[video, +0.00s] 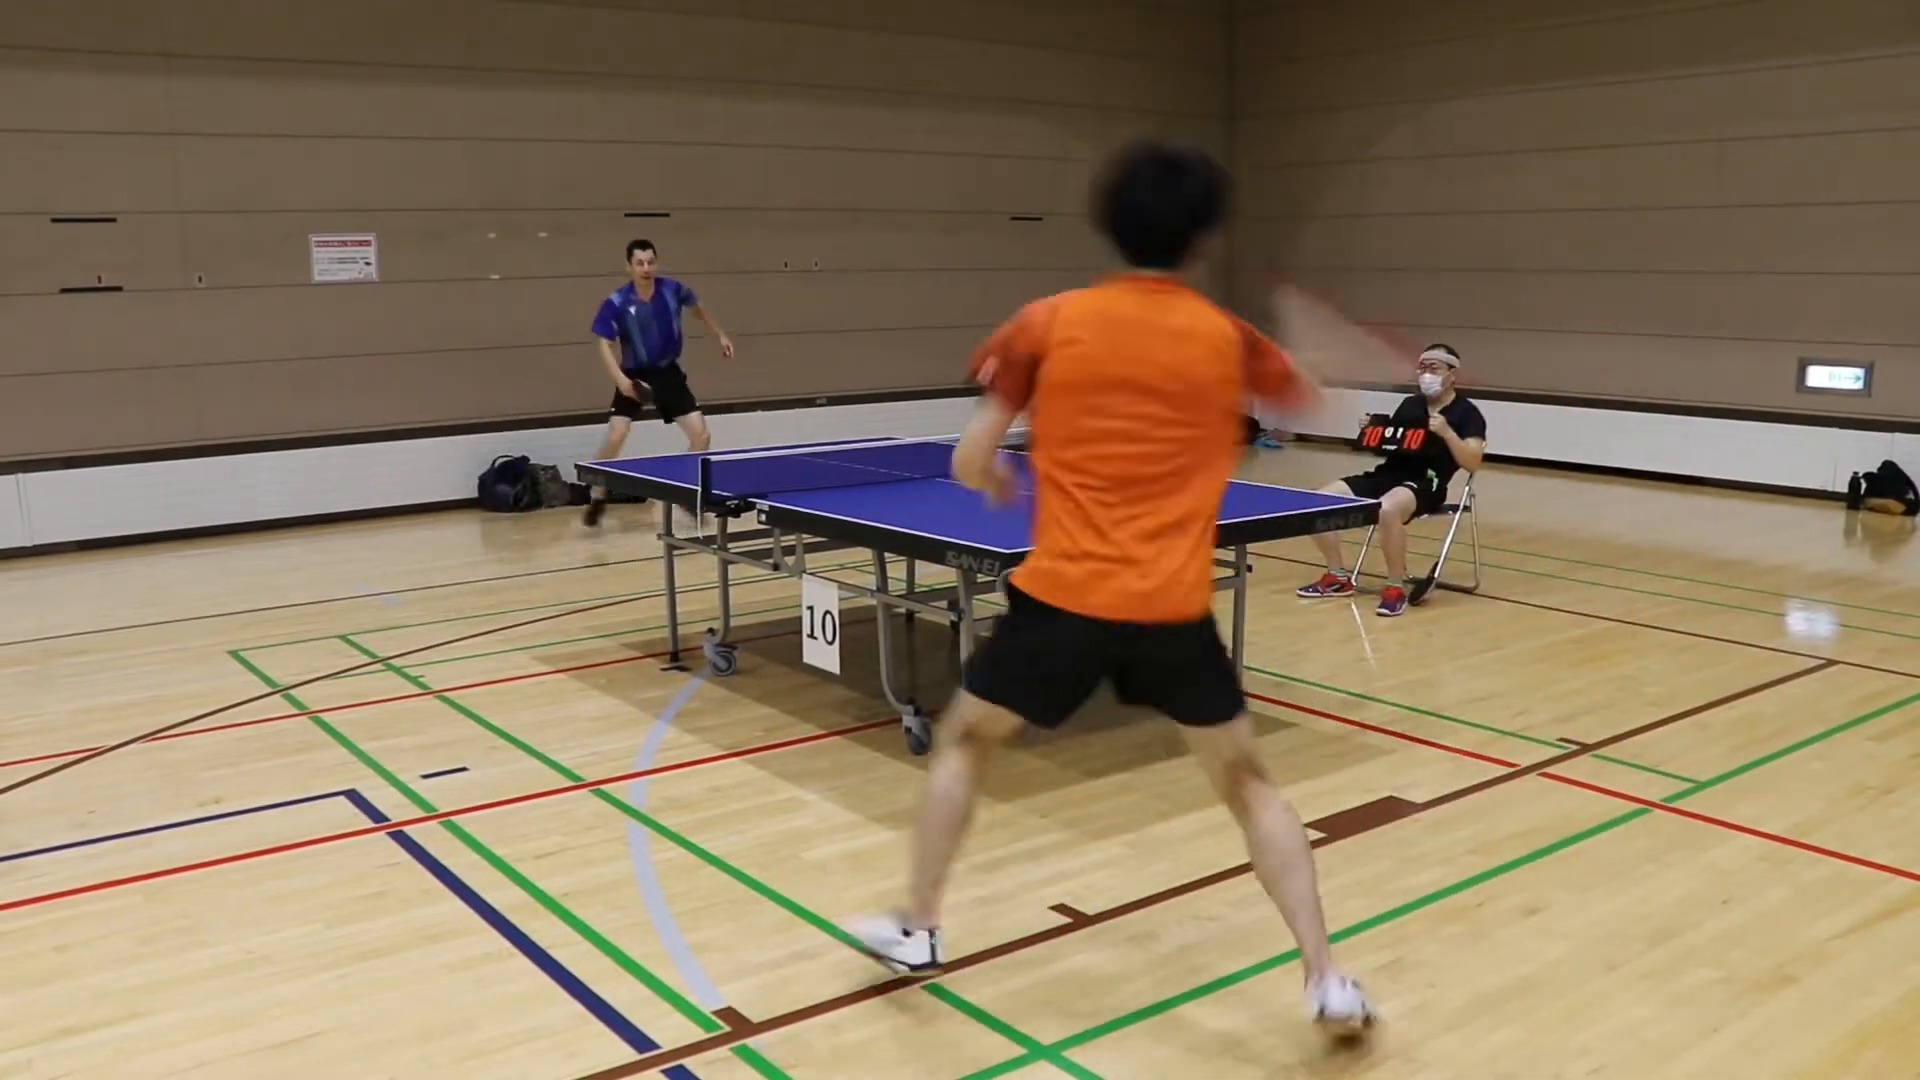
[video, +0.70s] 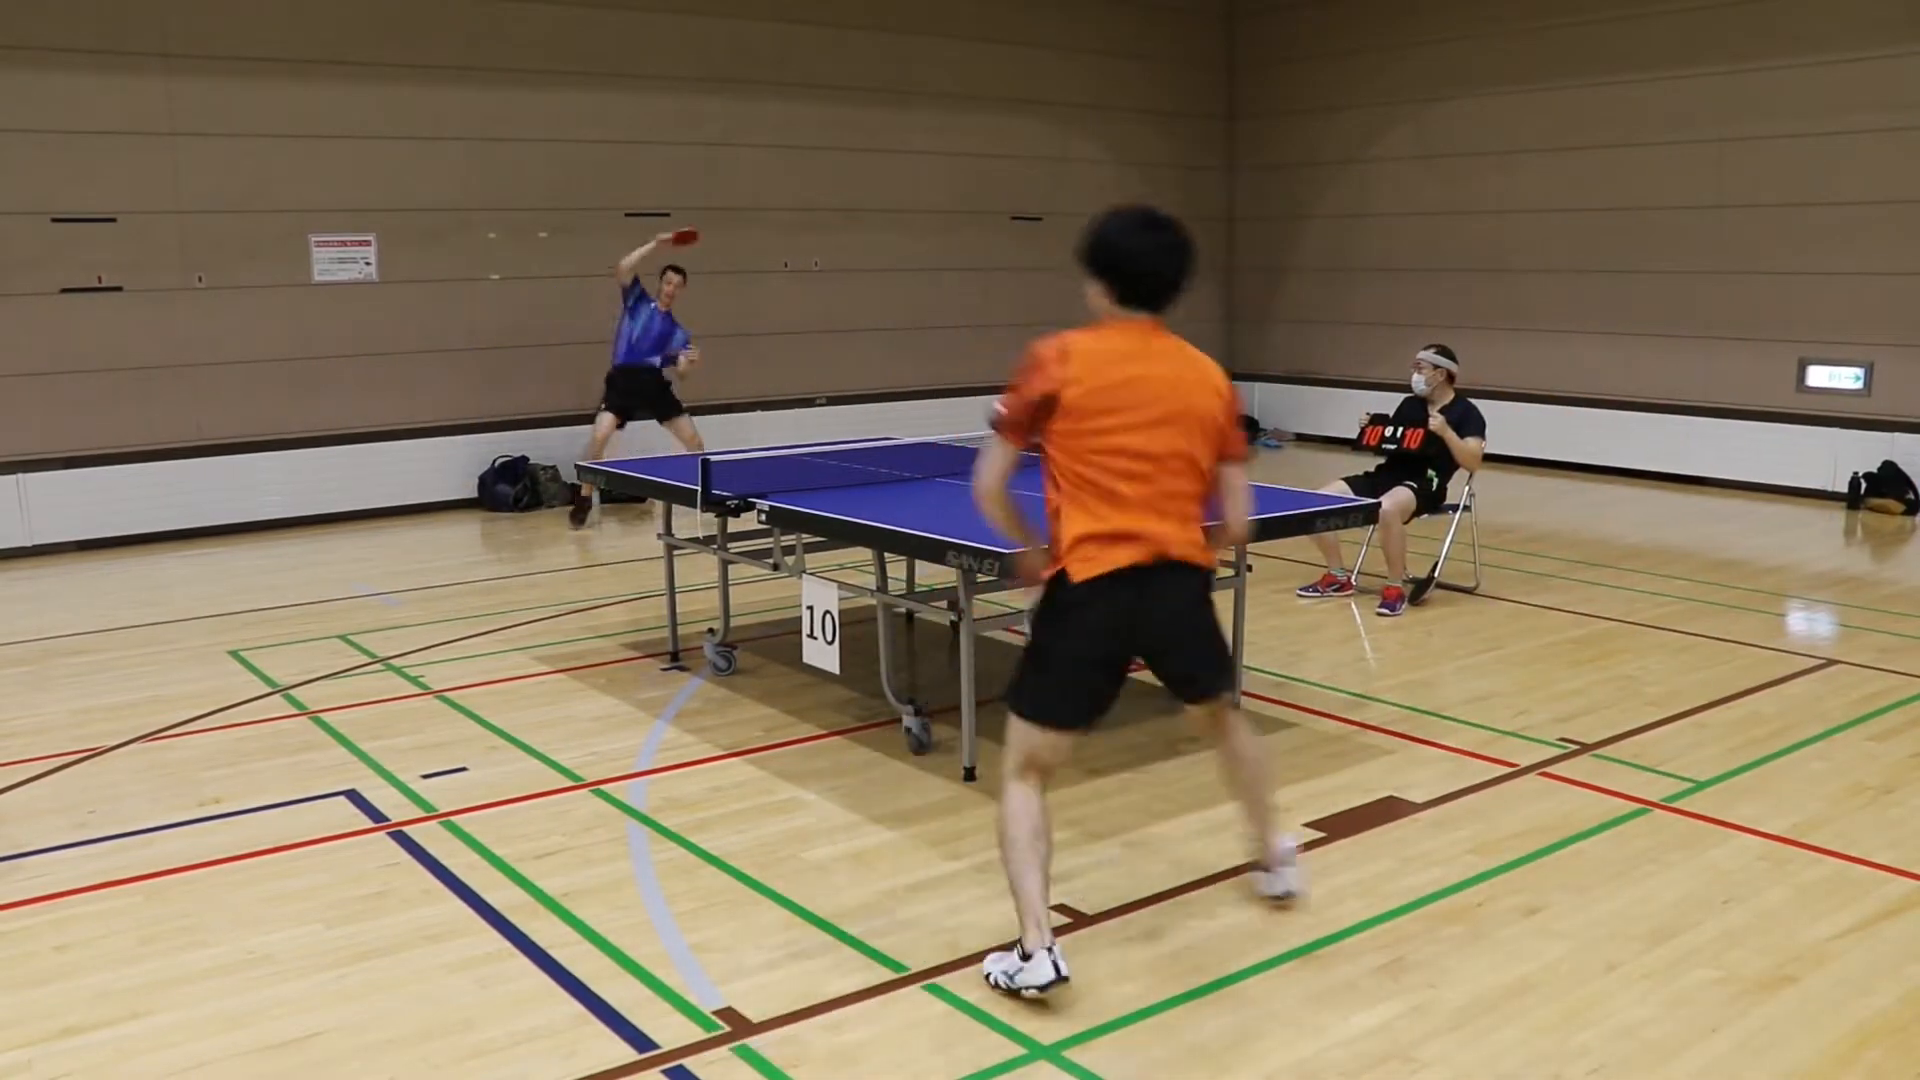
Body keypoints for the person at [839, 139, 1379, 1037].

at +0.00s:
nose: (1219, 240)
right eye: (1213, 228)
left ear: (1113, 229)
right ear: (1203, 240)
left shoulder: (1052, 323)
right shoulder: (1223, 339)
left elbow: (970, 462)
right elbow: (1316, 412)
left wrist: (1003, 482)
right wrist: (1306, 330)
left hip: (1059, 608)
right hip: (1171, 616)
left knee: (963, 738)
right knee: (1245, 778)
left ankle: (918, 925)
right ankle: (1324, 976)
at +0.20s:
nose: (937, 313)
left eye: (943, 298)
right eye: (941, 297)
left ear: (968, 308)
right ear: (1016, 303)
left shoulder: (1027, 404)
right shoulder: (989, 374)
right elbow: (899, 450)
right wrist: (875, 420)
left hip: (1040, 645)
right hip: (1084, 637)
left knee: (880, 807)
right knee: (1120, 802)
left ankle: (825, 1006)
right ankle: (1288, 882)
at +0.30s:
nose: (896, 361)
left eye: (897, 345)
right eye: (896, 345)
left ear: (918, 352)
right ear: (977, 344)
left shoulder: (997, 435)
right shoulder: (960, 430)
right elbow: (941, 532)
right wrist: (901, 562)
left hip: (1012, 676)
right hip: (1007, 669)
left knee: (837, 805)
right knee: (1033, 806)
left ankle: (820, 1007)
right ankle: (1178, 894)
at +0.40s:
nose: (916, 341)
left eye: (920, 327)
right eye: (918, 326)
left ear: (940, 335)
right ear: (994, 326)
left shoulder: (1001, 410)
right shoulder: (997, 396)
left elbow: (1110, 501)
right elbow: (1017, 527)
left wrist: (1121, 637)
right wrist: (945, 581)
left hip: (1030, 649)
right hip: (1021, 634)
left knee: (872, 798)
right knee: (1005, 757)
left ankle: (823, 1006)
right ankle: (1129, 869)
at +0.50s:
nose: (970, 286)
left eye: (973, 273)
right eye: (971, 272)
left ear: (992, 280)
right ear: (1056, 279)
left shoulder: (1012, 360)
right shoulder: (1093, 354)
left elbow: (1079, 469)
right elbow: (1110, 480)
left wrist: (1037, 574)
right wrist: (1005, 525)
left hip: (1049, 599)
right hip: (1109, 589)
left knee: (947, 782)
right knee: (1076, 731)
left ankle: (867, 973)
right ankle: (1148, 875)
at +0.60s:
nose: (1022, 264)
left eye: (1027, 252)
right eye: (1027, 250)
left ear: (1041, 262)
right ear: (1108, 262)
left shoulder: (1023, 344)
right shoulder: (1154, 348)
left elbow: (997, 469)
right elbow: (1178, 482)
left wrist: (966, 556)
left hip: (1081, 576)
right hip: (1164, 564)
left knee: (977, 744)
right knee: (1150, 707)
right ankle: (1181, 862)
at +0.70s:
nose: (1085, 287)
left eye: (1089, 276)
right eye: (1091, 275)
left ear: (1100, 284)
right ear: (1172, 287)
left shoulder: (1059, 360)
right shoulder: (1205, 374)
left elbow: (988, 486)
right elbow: (1238, 523)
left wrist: (1029, 550)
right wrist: (1202, 541)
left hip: (1085, 598)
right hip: (1178, 594)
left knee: (1026, 771)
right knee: (1227, 722)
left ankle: (1037, 950)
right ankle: (1277, 861)